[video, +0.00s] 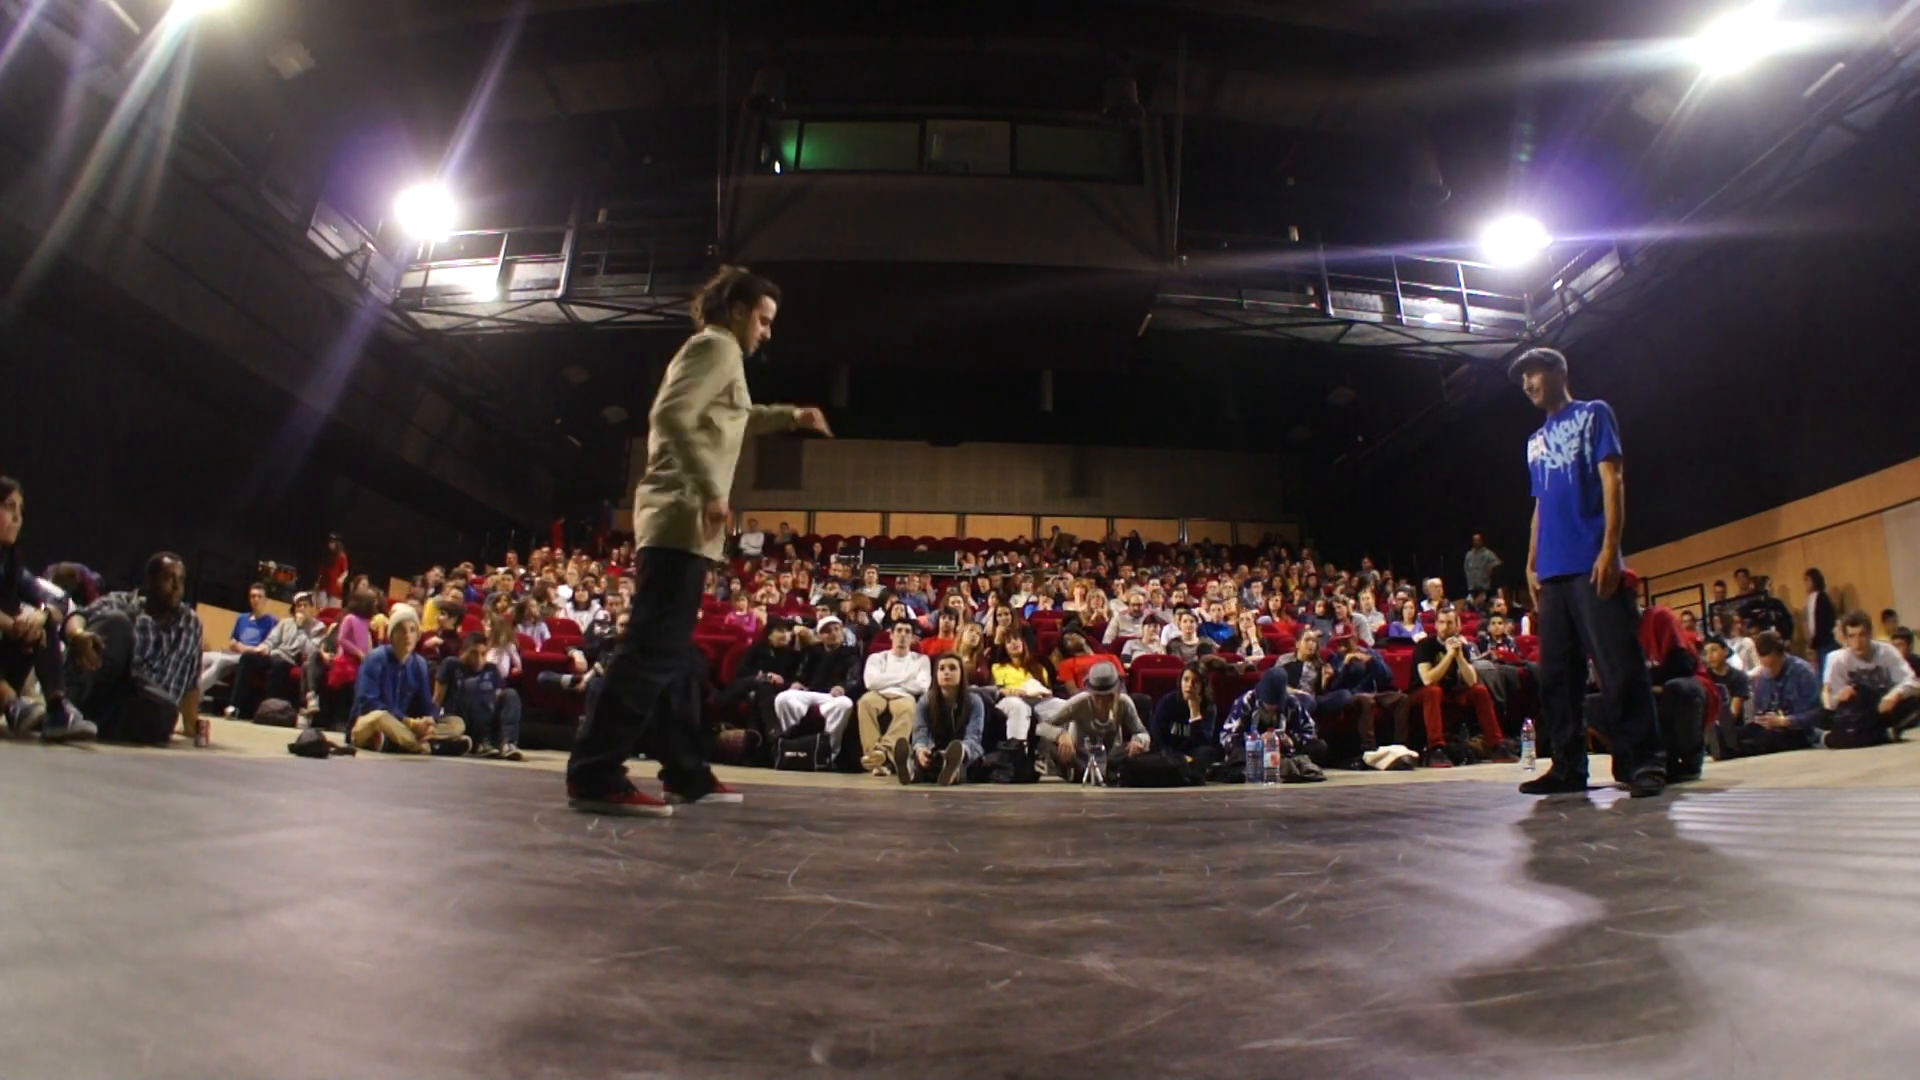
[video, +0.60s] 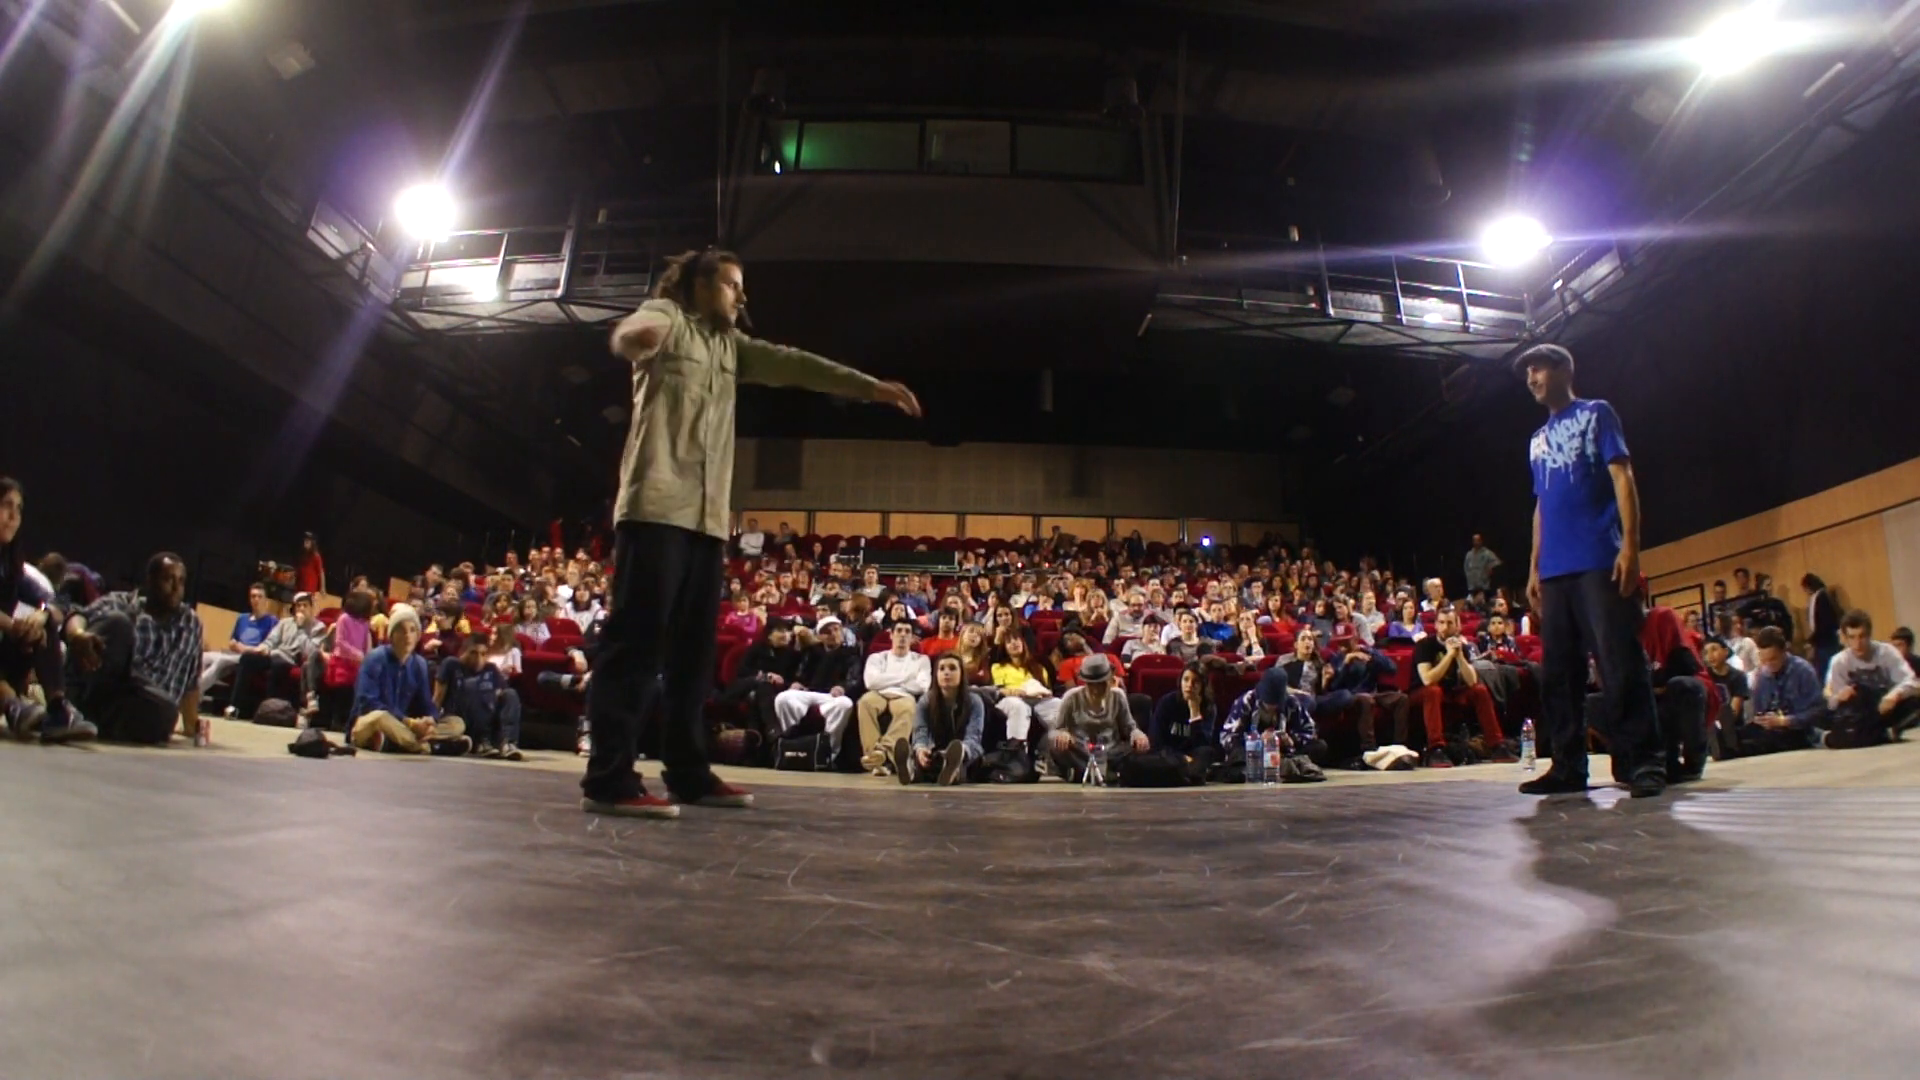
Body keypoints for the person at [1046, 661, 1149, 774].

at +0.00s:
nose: (1102, 701)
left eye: (1107, 696)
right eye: (1097, 696)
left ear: (1116, 691)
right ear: (1090, 691)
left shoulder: (1124, 702)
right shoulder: (1080, 702)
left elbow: (1142, 734)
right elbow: (1042, 727)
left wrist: (1137, 742)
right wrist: (1061, 735)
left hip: (1112, 757)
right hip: (1081, 757)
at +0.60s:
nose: (1096, 689)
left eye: (1101, 684)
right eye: (1091, 684)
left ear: (1109, 680)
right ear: (1085, 682)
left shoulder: (1118, 696)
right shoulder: (1071, 697)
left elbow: (1129, 727)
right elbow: (1056, 729)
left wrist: (1137, 734)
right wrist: (1061, 733)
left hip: (1111, 750)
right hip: (1080, 750)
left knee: (1137, 747)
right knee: (1056, 743)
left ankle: (1082, 772)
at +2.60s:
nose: (1094, 688)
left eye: (1099, 683)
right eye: (1089, 684)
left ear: (1108, 679)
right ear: (1082, 681)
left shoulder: (1117, 696)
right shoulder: (1069, 698)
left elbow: (1132, 729)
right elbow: (1051, 736)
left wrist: (1129, 742)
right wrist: (1063, 734)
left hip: (1110, 754)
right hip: (1078, 755)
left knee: (1140, 748)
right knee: (1056, 748)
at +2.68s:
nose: (1094, 688)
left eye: (1099, 683)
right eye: (1089, 683)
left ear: (1107, 679)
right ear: (1083, 681)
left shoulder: (1117, 696)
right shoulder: (1069, 698)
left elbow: (1132, 729)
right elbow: (1052, 736)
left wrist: (1129, 741)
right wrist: (1063, 734)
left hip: (1110, 754)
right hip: (1078, 755)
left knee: (1140, 748)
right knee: (1056, 748)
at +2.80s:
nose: (1095, 687)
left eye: (1099, 681)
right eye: (1089, 682)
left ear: (1107, 678)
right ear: (1083, 681)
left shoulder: (1117, 696)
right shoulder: (1069, 698)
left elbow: (1132, 729)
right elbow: (1052, 736)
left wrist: (1129, 741)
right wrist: (1063, 734)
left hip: (1110, 754)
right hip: (1079, 755)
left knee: (1140, 748)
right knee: (1055, 747)